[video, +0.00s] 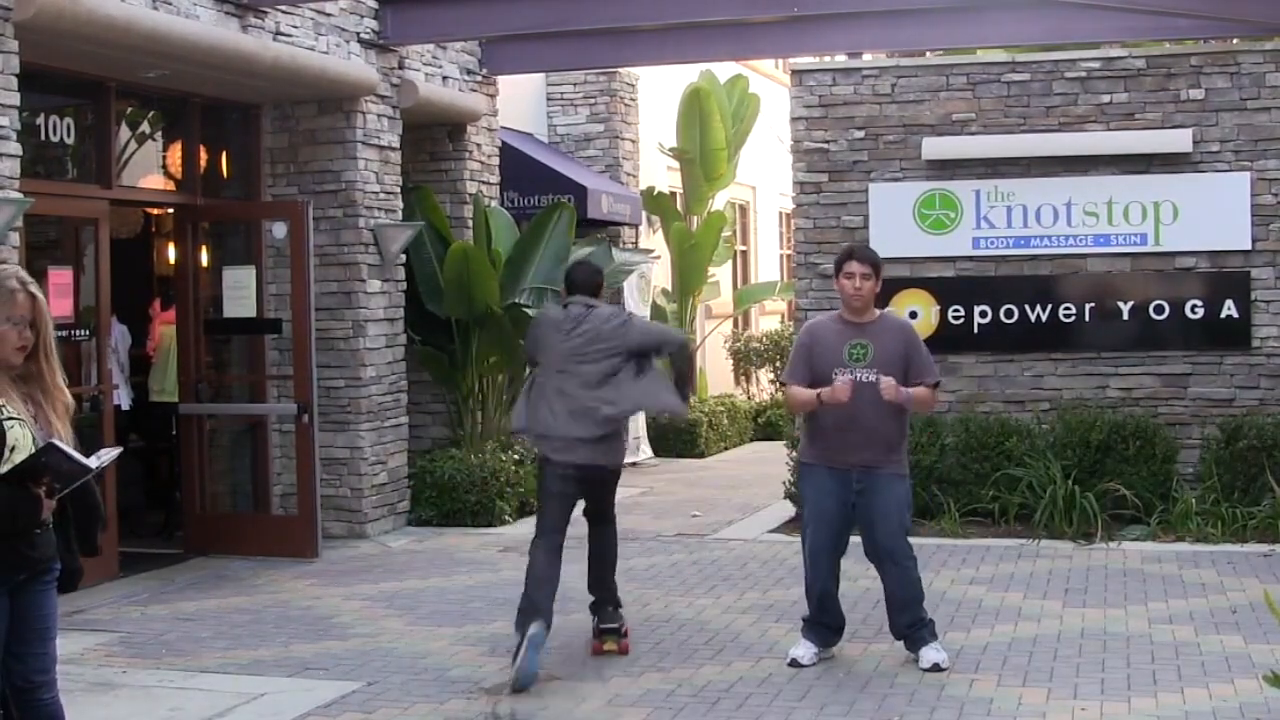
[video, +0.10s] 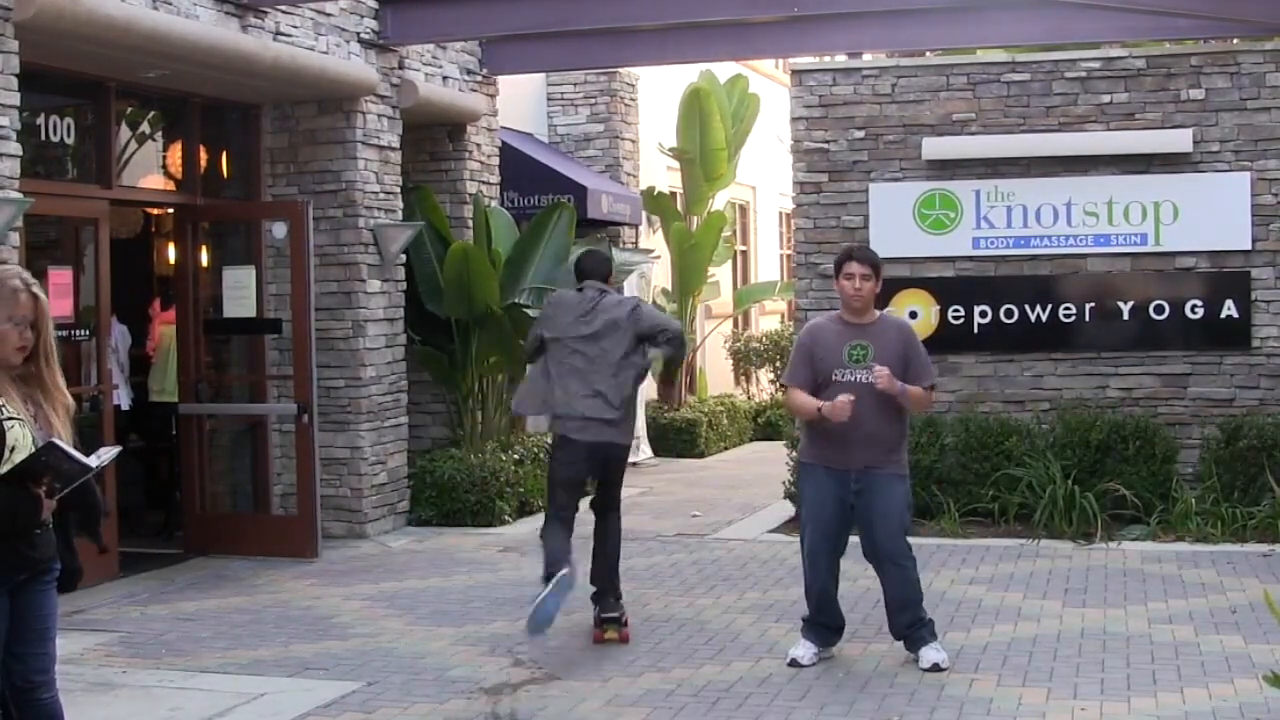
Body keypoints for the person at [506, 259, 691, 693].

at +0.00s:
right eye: (601, 286)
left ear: (565, 290)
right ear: (601, 290)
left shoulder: (546, 321)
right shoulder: (618, 323)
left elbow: (532, 356)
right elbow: (679, 340)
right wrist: (683, 389)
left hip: (556, 454)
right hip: (604, 455)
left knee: (548, 536)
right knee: (602, 524)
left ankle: (534, 625)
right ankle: (607, 616)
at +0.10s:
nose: (615, 279)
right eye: (613, 274)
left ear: (577, 277)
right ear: (611, 278)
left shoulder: (557, 305)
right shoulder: (629, 309)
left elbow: (530, 350)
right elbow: (674, 332)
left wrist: (560, 338)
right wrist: (666, 371)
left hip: (570, 433)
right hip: (616, 438)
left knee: (559, 514)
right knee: (607, 513)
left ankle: (558, 572)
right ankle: (608, 605)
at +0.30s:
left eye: (592, 260)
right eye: (618, 260)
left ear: (591, 263)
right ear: (623, 265)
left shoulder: (571, 290)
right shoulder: (642, 299)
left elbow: (556, 345)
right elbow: (660, 353)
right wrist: (633, 373)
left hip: (586, 412)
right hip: (628, 414)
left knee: (585, 487)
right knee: (616, 490)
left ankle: (620, 560)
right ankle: (610, 570)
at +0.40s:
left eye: (599, 257)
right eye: (625, 258)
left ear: (597, 261)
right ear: (628, 263)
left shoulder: (580, 285)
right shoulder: (646, 296)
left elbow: (561, 331)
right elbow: (666, 344)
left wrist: (546, 373)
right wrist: (646, 366)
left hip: (595, 405)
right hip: (632, 406)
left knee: (602, 486)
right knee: (621, 485)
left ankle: (629, 566)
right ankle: (613, 566)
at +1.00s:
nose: (608, 269)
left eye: (608, 265)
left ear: (610, 267)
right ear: (634, 266)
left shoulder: (610, 289)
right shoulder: (655, 294)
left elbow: (599, 324)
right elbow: (687, 326)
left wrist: (566, 350)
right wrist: (661, 342)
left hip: (618, 386)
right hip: (645, 388)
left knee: (618, 452)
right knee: (628, 454)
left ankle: (634, 517)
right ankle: (622, 517)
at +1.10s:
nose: (616, 271)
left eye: (616, 266)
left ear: (617, 267)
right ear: (640, 267)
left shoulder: (617, 286)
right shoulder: (659, 294)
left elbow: (602, 319)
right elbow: (684, 330)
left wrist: (569, 343)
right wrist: (659, 346)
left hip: (619, 383)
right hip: (644, 386)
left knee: (618, 446)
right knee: (629, 448)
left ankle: (630, 512)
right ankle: (623, 507)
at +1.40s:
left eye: (635, 263)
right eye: (650, 262)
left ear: (634, 264)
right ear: (657, 265)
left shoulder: (628, 287)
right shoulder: (671, 293)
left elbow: (618, 322)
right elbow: (684, 334)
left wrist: (599, 349)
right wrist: (664, 349)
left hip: (630, 373)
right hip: (656, 375)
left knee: (630, 432)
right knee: (644, 435)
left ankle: (640, 493)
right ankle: (635, 490)